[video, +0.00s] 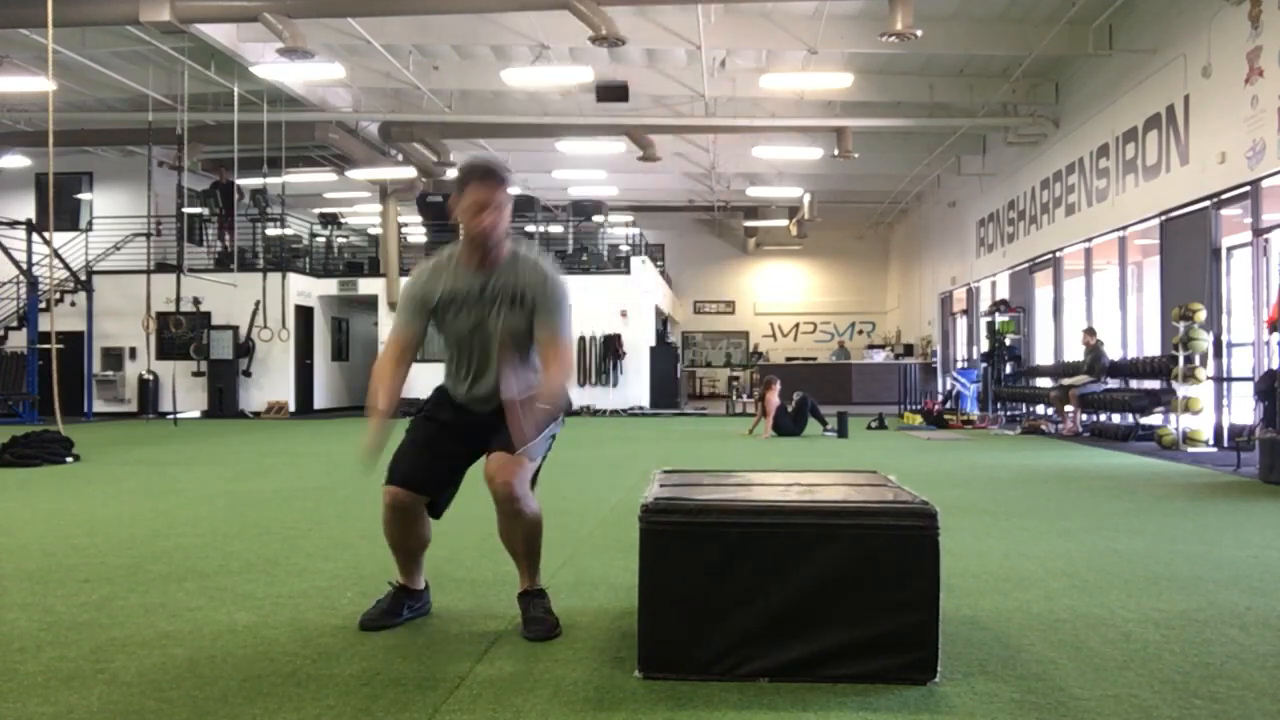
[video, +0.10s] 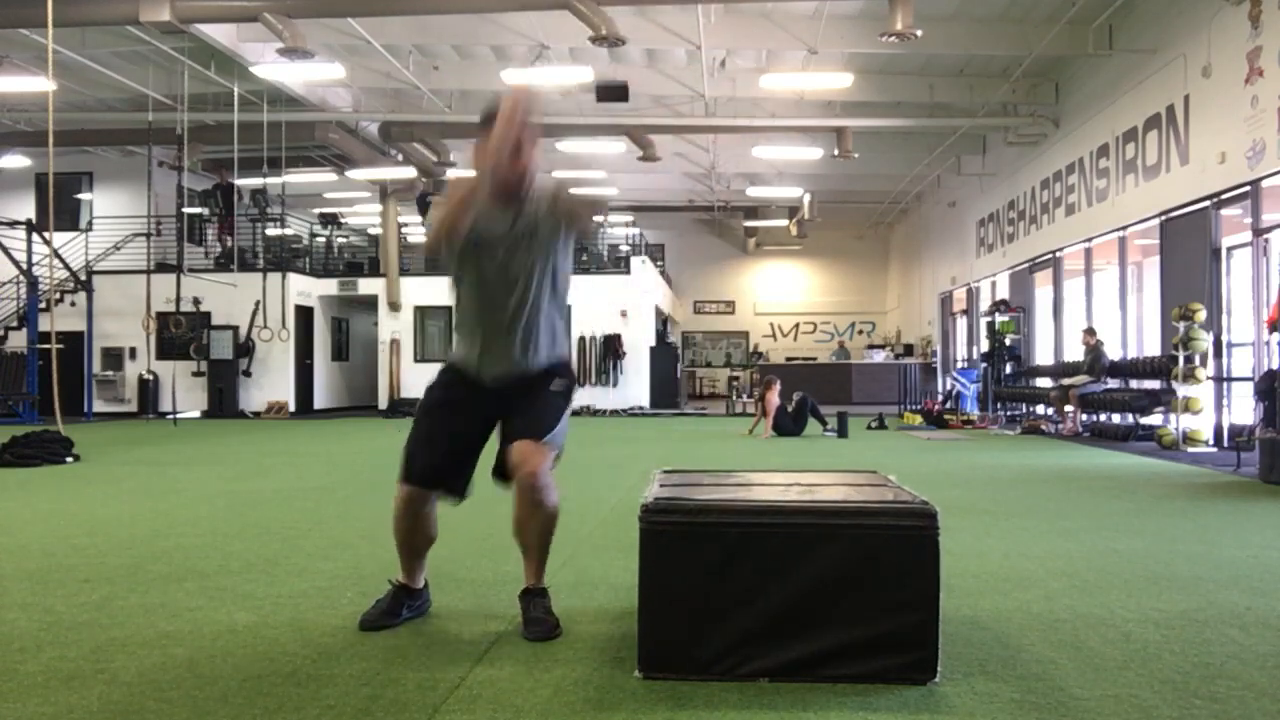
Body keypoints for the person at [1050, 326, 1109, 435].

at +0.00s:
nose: (1083, 340)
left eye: (1085, 337)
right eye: (1083, 337)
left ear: (1093, 338)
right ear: (1087, 338)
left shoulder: (1100, 354)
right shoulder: (1088, 351)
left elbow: (1096, 377)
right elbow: (1085, 371)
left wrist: (1073, 381)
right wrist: (1071, 380)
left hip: (1098, 382)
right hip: (1086, 380)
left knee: (1073, 392)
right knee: (1054, 395)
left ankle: (1076, 426)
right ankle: (1066, 424)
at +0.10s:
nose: (1083, 340)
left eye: (1085, 337)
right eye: (1083, 337)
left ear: (1093, 338)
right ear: (1087, 338)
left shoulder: (1100, 354)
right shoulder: (1088, 351)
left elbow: (1096, 377)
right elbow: (1085, 371)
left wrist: (1073, 381)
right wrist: (1071, 380)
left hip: (1098, 382)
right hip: (1086, 380)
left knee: (1073, 392)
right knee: (1054, 395)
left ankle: (1076, 426)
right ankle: (1066, 424)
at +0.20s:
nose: (1083, 340)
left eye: (1085, 337)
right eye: (1083, 337)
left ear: (1093, 338)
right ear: (1087, 338)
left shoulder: (1100, 354)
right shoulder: (1087, 351)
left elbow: (1096, 377)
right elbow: (1085, 372)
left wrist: (1073, 381)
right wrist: (1071, 380)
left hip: (1098, 382)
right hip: (1086, 380)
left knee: (1074, 393)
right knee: (1054, 395)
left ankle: (1076, 426)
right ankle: (1066, 424)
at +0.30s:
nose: (1083, 340)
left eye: (1085, 337)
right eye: (1083, 337)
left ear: (1093, 338)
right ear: (1087, 338)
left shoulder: (1100, 354)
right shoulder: (1087, 351)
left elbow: (1096, 377)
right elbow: (1085, 372)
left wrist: (1073, 381)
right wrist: (1071, 380)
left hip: (1098, 382)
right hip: (1086, 380)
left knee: (1074, 393)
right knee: (1054, 395)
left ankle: (1076, 426)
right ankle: (1066, 424)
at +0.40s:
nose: (1083, 340)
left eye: (1085, 337)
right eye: (1083, 337)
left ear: (1093, 338)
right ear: (1087, 338)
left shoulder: (1100, 354)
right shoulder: (1087, 351)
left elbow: (1096, 377)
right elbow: (1085, 372)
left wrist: (1073, 381)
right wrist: (1072, 380)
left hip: (1098, 382)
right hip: (1086, 380)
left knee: (1074, 393)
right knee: (1054, 395)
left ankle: (1076, 426)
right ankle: (1066, 424)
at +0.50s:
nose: (1083, 340)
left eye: (1085, 337)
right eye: (1083, 337)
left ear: (1093, 338)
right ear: (1087, 338)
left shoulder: (1100, 354)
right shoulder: (1087, 351)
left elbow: (1096, 377)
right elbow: (1085, 372)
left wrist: (1073, 381)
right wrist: (1071, 380)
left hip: (1098, 382)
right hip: (1086, 380)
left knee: (1074, 393)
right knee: (1054, 395)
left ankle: (1076, 426)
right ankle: (1066, 424)